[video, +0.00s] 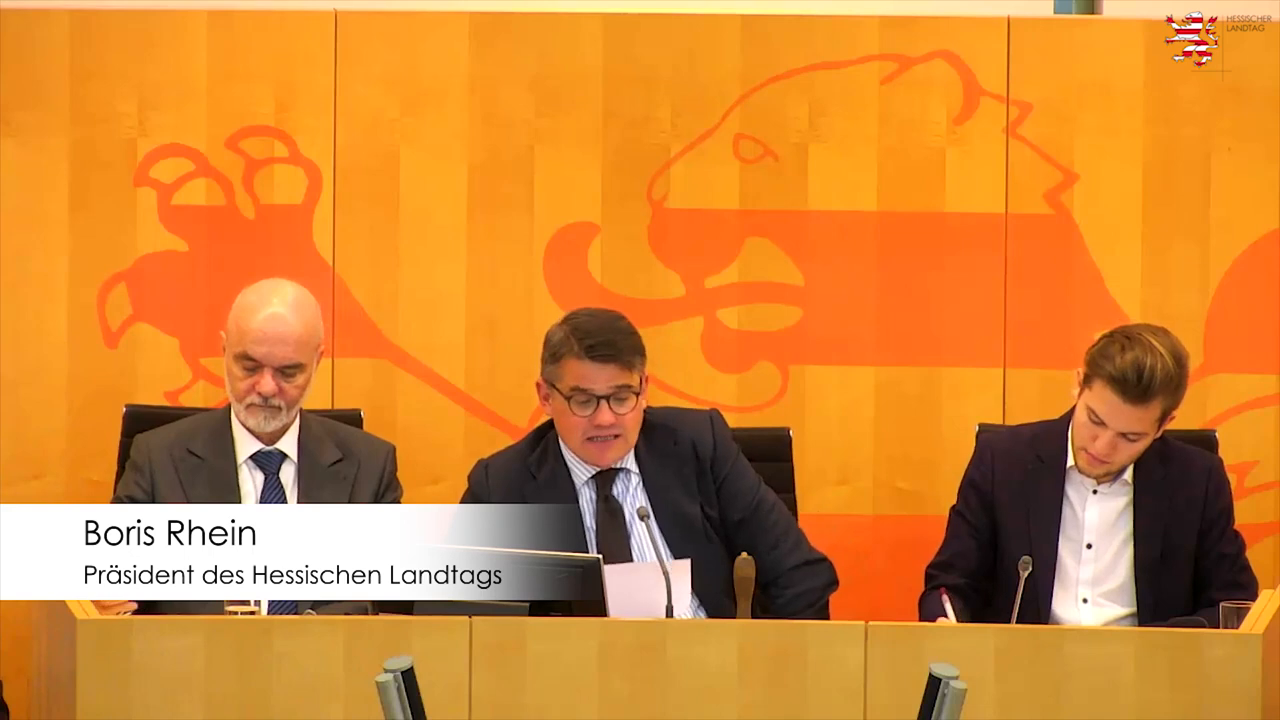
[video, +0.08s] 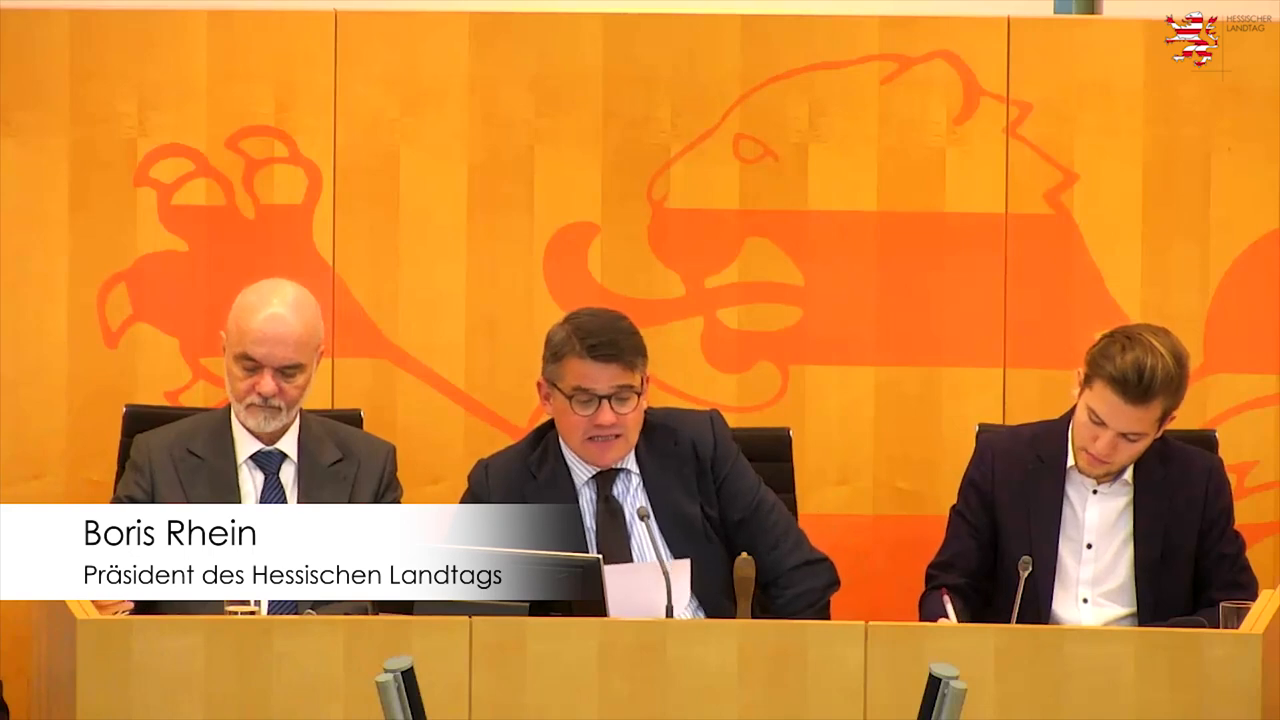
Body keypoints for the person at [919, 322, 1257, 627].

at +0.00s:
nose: (1102, 447)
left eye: (1129, 437)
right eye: (1094, 419)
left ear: (1164, 423)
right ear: (1079, 384)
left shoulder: (1198, 478)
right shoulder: (1001, 458)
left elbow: (1238, 601)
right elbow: (950, 583)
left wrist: (1166, 644)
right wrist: (949, 635)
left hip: (1149, 680)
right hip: (1023, 673)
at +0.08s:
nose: (1102, 447)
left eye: (1129, 437)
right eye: (1094, 419)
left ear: (1164, 423)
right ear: (1080, 383)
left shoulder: (1199, 478)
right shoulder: (1001, 458)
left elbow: (1238, 601)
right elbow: (950, 584)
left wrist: (1166, 644)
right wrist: (950, 637)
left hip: (1150, 680)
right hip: (1024, 673)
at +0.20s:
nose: (1105, 447)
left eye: (1131, 437)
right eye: (1097, 419)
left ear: (1164, 423)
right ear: (1081, 383)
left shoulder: (1199, 478)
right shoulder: (1002, 458)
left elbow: (1238, 601)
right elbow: (950, 584)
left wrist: (1166, 644)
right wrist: (951, 634)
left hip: (1150, 680)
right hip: (1024, 672)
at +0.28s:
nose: (1105, 447)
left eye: (1132, 438)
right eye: (1097, 420)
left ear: (1165, 423)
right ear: (1081, 384)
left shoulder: (1199, 478)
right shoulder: (1002, 458)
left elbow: (1238, 601)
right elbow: (948, 586)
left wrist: (1162, 644)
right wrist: (956, 639)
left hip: (1149, 681)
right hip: (1024, 672)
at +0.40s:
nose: (1105, 447)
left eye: (1131, 438)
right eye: (1097, 420)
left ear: (1165, 423)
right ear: (1081, 384)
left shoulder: (1199, 478)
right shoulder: (1002, 457)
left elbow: (1238, 601)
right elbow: (953, 582)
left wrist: (1164, 644)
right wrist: (949, 630)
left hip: (1150, 681)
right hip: (1024, 672)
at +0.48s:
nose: (1106, 447)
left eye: (1132, 438)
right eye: (1098, 420)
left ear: (1165, 423)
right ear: (1082, 383)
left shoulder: (1199, 478)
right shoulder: (1002, 458)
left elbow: (1238, 601)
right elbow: (953, 583)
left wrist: (1158, 645)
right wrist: (953, 633)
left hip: (1150, 681)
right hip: (1025, 672)